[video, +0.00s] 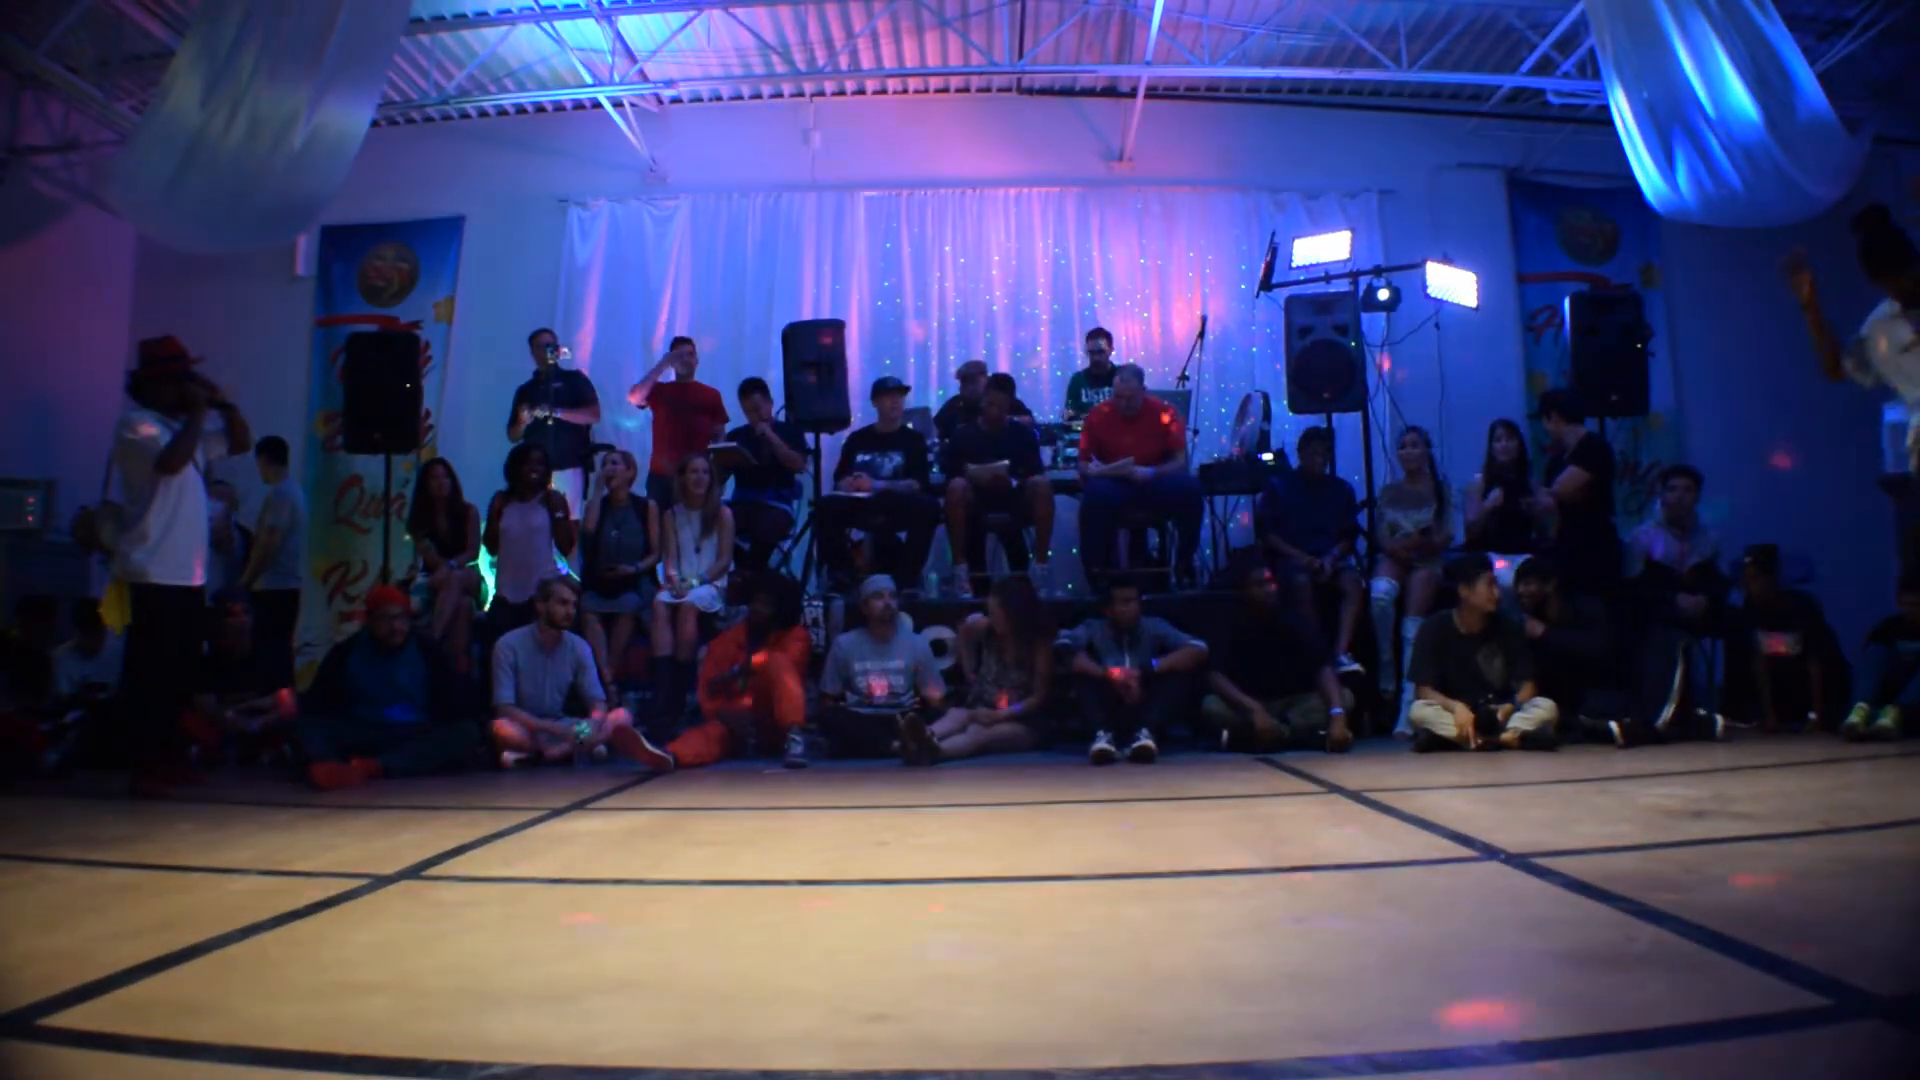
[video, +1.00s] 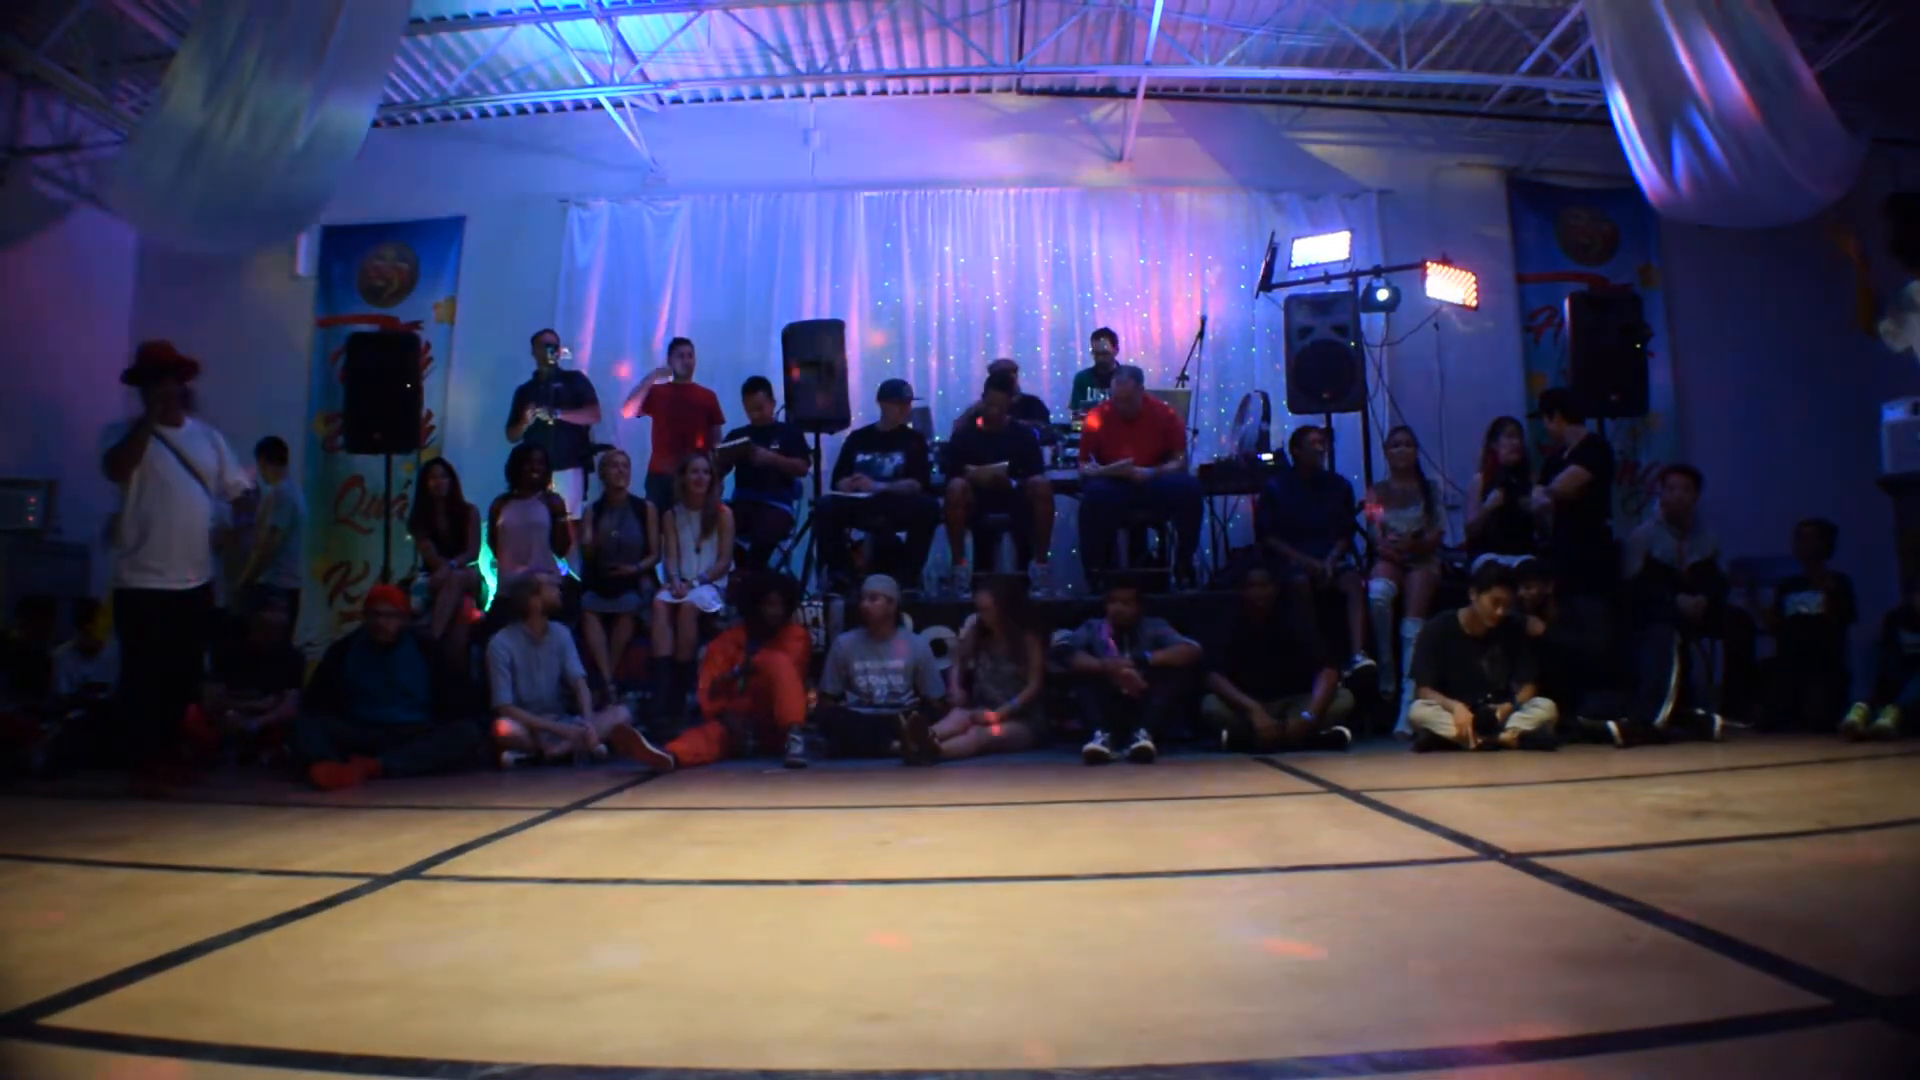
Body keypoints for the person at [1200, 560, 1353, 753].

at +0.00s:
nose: (1270, 589)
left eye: (1272, 583)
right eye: (1261, 585)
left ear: (1277, 586)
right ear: (1246, 591)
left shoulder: (1292, 620)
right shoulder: (1235, 627)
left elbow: (1322, 669)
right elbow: (1215, 675)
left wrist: (1337, 715)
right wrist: (1256, 709)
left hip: (1295, 699)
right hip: (1248, 703)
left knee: (1344, 697)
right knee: (1211, 706)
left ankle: (1255, 737)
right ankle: (1301, 737)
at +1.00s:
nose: (1259, 592)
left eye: (1265, 586)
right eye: (1252, 587)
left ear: (1275, 589)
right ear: (1243, 592)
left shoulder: (1292, 620)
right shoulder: (1234, 626)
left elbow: (1329, 669)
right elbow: (1214, 676)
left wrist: (1310, 716)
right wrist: (1255, 710)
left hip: (1294, 699)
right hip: (1247, 702)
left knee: (1343, 698)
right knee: (1211, 706)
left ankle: (1253, 739)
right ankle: (1305, 738)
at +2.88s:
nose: (1259, 585)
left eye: (1265, 578)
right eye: (1252, 579)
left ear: (1277, 583)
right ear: (1243, 585)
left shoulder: (1295, 617)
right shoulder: (1234, 621)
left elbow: (1336, 663)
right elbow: (1215, 675)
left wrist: (1326, 703)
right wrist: (1260, 706)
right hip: (1248, 703)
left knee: (1342, 700)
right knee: (1211, 705)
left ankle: (1250, 739)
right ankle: (1308, 739)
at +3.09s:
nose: (1259, 581)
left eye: (1265, 575)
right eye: (1252, 576)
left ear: (1274, 580)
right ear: (1242, 582)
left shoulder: (1292, 617)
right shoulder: (1231, 621)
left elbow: (1324, 667)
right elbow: (1216, 676)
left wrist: (1315, 702)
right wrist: (1259, 704)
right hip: (1249, 703)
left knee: (1340, 699)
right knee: (1212, 704)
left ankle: (1249, 740)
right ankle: (1307, 739)